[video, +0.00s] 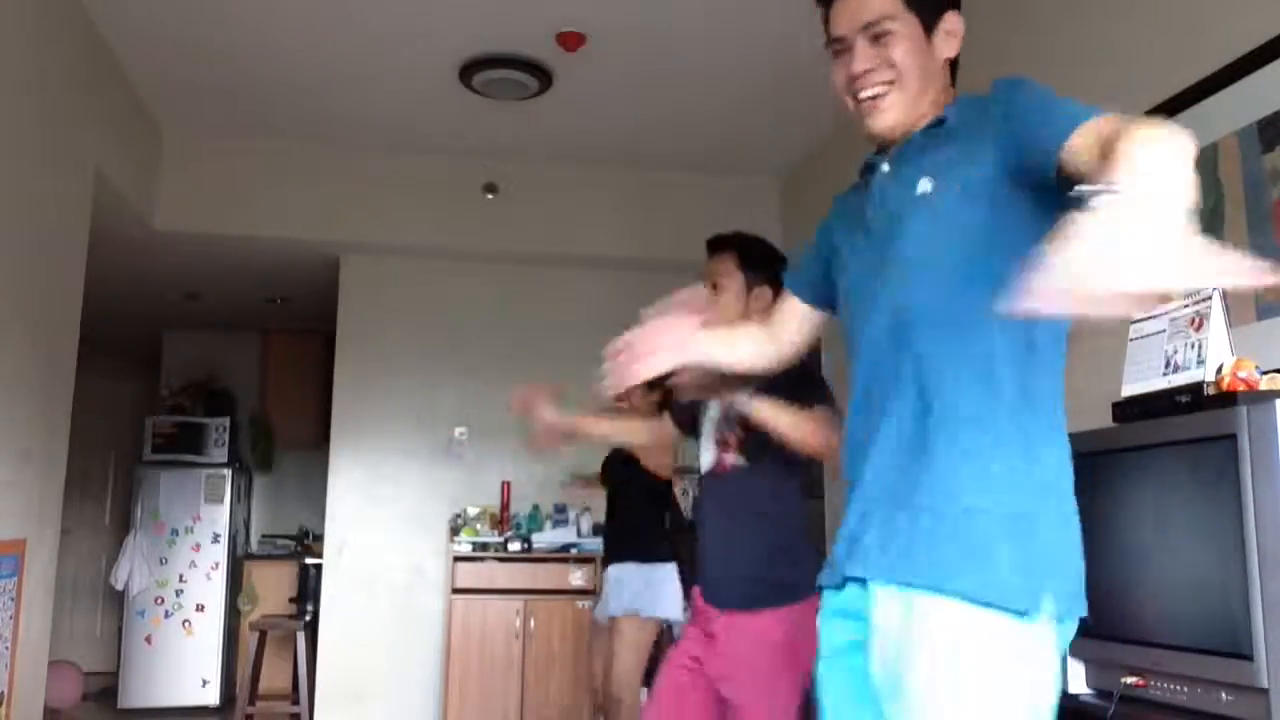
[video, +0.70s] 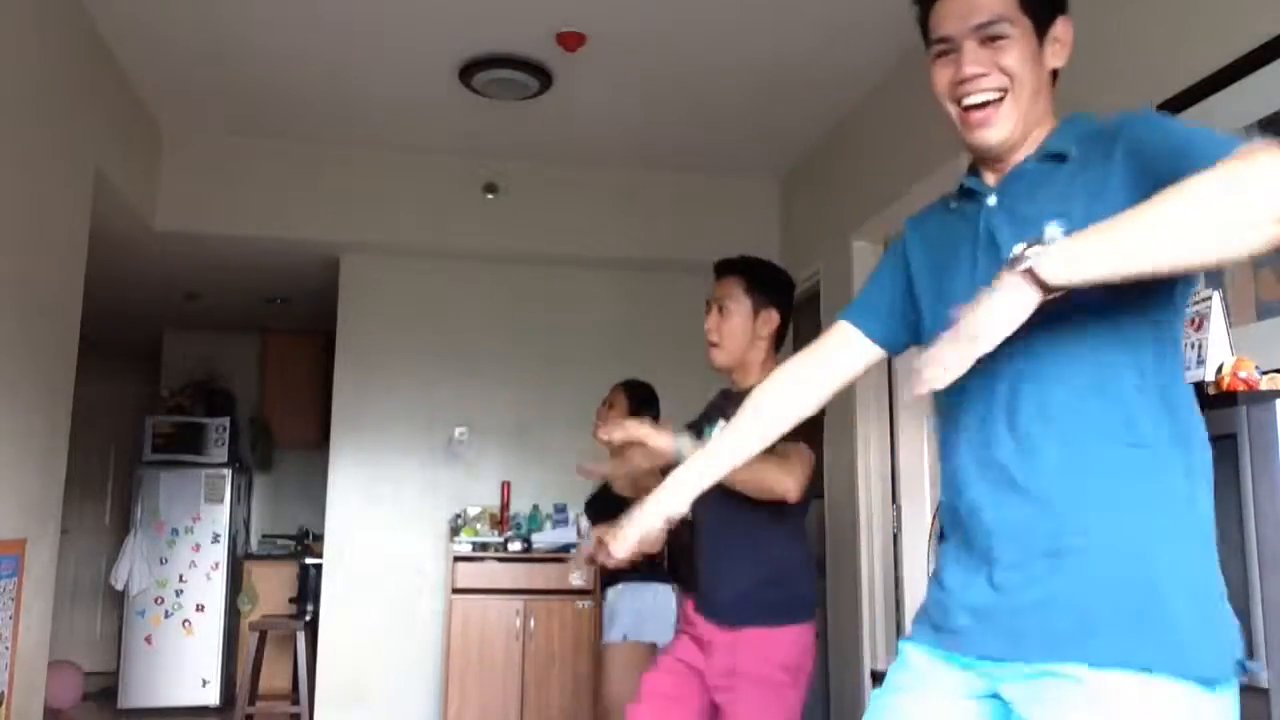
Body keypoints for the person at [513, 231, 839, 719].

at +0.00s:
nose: (705, 300)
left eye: (717, 287)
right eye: (706, 287)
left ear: (762, 298)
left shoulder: (794, 371)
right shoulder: (711, 375)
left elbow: (824, 441)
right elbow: (657, 431)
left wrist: (738, 394)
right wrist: (568, 424)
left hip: (773, 617)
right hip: (707, 613)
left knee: (767, 713)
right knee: (665, 711)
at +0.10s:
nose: (694, 291)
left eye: (709, 277)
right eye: (694, 278)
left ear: (752, 290)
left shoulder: (775, 360)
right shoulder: (710, 365)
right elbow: (654, 401)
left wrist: (773, 423)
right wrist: (601, 393)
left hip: (756, 581)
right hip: (710, 580)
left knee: (730, 709)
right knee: (692, 709)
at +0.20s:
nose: (691, 309)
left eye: (706, 295)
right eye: (692, 295)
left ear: (749, 309)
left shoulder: (771, 383)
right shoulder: (699, 392)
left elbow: (816, 456)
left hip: (746, 598)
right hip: (706, 597)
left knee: (706, 712)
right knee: (709, 711)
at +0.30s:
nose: (692, 315)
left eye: (707, 302)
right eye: (693, 302)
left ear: (751, 317)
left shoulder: (771, 394)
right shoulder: (703, 399)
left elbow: (810, 481)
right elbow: (644, 446)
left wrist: (741, 542)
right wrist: (617, 464)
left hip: (754, 607)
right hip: (707, 600)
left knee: (692, 711)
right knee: (721, 711)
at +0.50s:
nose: (696, 287)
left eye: (711, 272)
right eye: (698, 273)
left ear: (755, 285)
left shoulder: (786, 357)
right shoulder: (701, 371)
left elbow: (783, 441)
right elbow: (668, 467)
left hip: (772, 582)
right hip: (704, 580)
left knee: (754, 712)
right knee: (681, 711)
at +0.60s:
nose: (705, 308)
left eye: (718, 294)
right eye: (706, 294)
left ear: (763, 306)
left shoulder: (796, 385)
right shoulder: (710, 393)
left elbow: (783, 472)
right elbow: (651, 470)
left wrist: (691, 449)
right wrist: (675, 508)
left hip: (773, 614)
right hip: (696, 608)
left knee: (767, 715)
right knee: (678, 714)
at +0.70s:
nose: (707, 325)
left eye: (723, 310)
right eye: (710, 311)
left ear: (768, 322)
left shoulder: (797, 401)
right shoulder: (718, 408)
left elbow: (790, 482)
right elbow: (685, 492)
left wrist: (679, 447)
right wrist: (637, 536)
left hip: (767, 637)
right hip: (698, 629)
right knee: (648, 712)